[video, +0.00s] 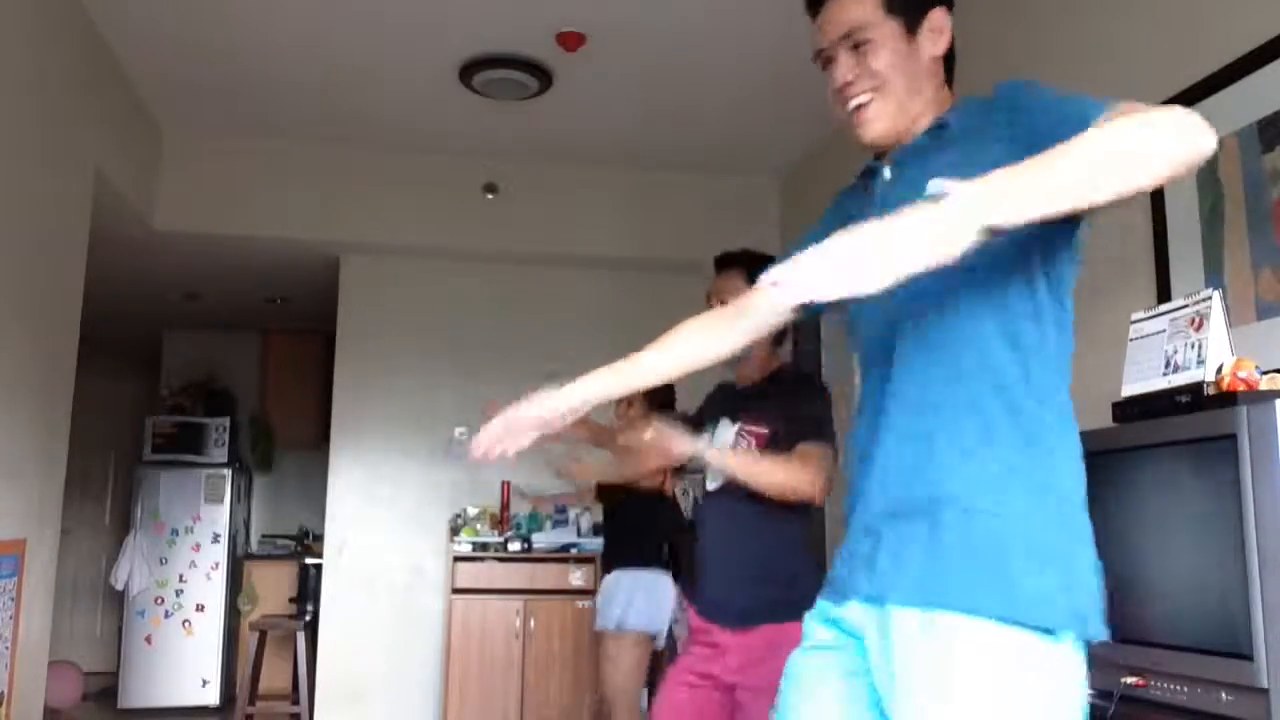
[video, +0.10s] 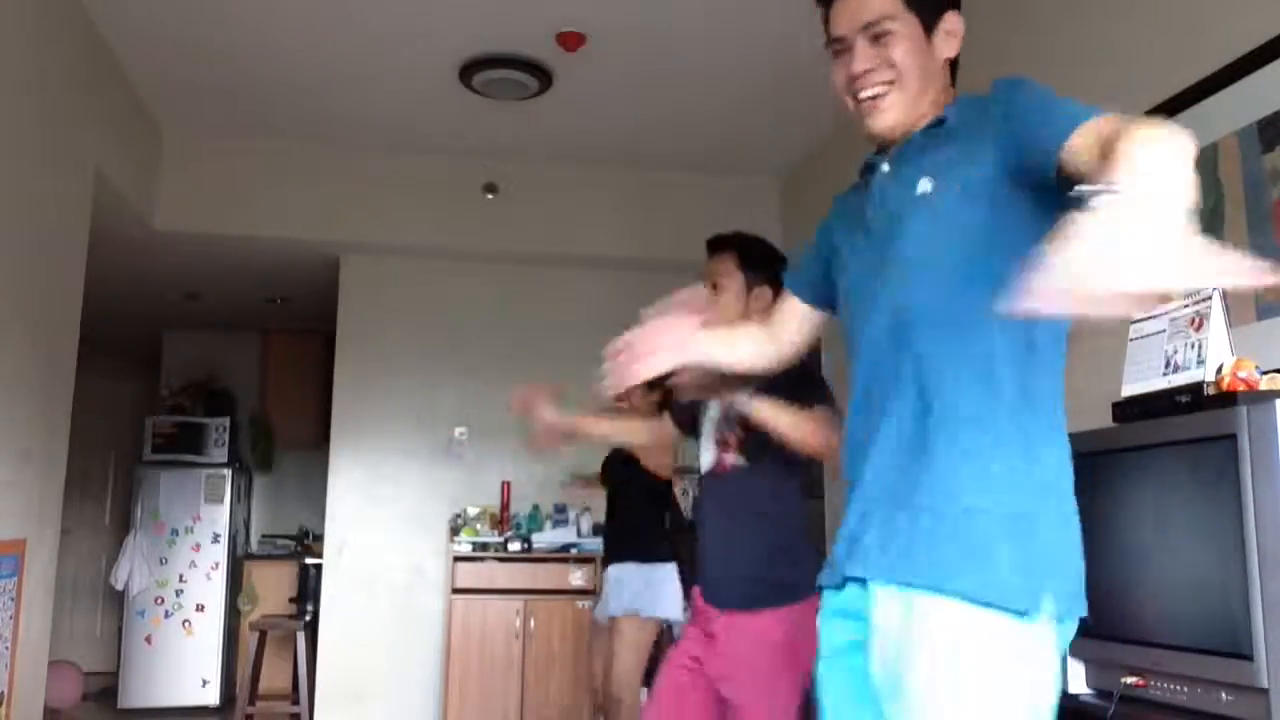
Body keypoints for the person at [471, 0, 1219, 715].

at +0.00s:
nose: (841, 76)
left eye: (858, 44)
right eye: (826, 61)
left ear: (933, 35)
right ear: (826, 78)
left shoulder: (1006, 118)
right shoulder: (858, 204)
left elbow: (1183, 137)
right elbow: (743, 322)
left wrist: (964, 212)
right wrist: (576, 396)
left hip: (996, 594)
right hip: (857, 593)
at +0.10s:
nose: (857, 66)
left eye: (881, 36)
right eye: (840, 49)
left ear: (946, 35)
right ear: (830, 66)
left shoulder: (1004, 117)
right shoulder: (849, 211)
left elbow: (1143, 146)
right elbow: (775, 337)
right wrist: (683, 343)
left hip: (983, 561)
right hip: (864, 560)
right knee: (857, 715)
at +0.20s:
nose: (859, 89)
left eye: (883, 59)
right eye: (842, 71)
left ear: (947, 65)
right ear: (830, 90)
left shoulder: (995, 155)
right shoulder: (868, 237)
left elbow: (1103, 207)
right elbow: (832, 416)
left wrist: (1271, 238)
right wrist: (800, 354)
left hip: (973, 593)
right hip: (881, 591)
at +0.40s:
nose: (885, 83)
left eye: (910, 51)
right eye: (866, 64)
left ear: (971, 57)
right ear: (852, 85)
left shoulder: (1025, 147)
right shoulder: (877, 246)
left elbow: (1134, 188)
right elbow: (819, 393)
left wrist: (1211, 240)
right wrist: (755, 381)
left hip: (1001, 580)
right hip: (906, 581)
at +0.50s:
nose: (916, 55)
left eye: (942, 26)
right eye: (895, 36)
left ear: (1000, 33)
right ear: (880, 59)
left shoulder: (1055, 119)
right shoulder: (887, 209)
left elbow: (1209, 162)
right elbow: (797, 348)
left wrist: (1078, 261)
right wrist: (653, 451)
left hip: (1031, 568)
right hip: (924, 568)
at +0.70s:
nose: (957, 74)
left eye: (985, 42)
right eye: (936, 54)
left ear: (1047, 52)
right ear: (921, 76)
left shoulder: (1115, 159)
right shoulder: (914, 240)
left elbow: (1258, 226)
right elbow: (807, 370)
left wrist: (1027, 279)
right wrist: (697, 485)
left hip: (1118, 626)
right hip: (953, 629)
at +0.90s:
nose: (956, 59)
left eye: (982, 27)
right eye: (937, 42)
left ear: (1050, 28)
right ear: (926, 64)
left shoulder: (1126, 116)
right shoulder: (938, 220)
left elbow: (1271, 139)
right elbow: (843, 364)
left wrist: (1130, 256)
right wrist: (705, 436)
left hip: (1113, 614)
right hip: (955, 612)